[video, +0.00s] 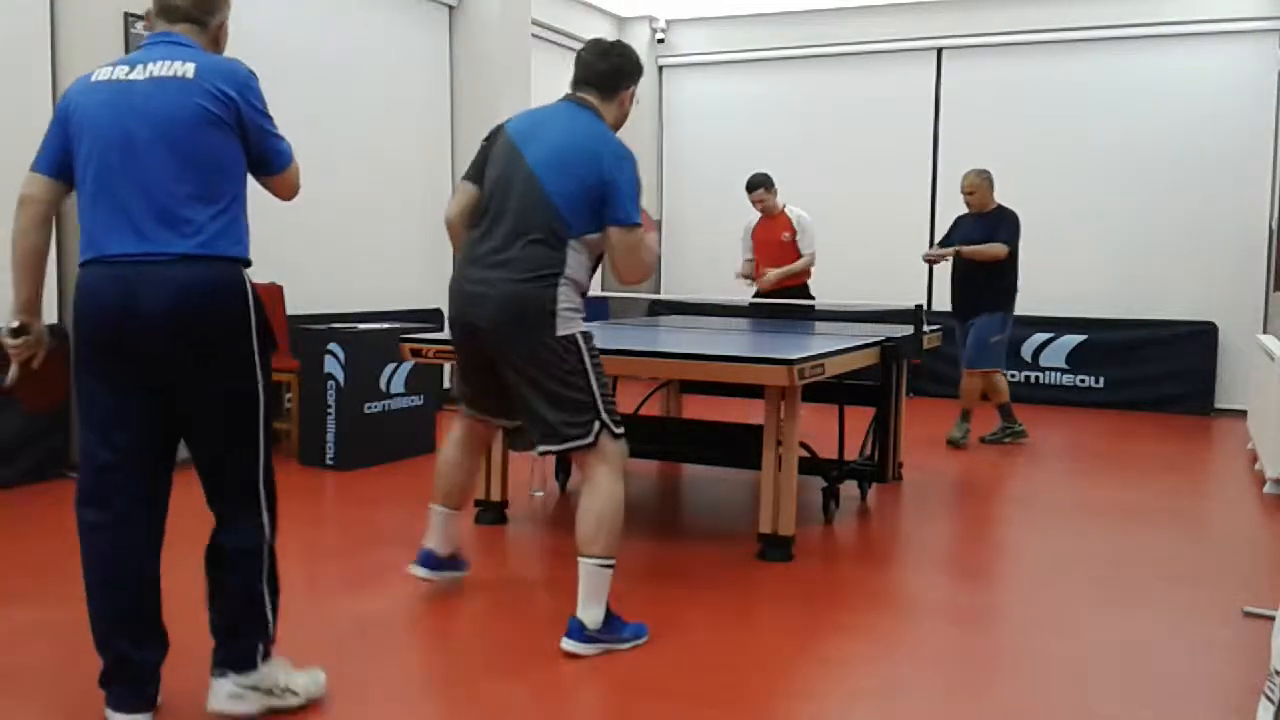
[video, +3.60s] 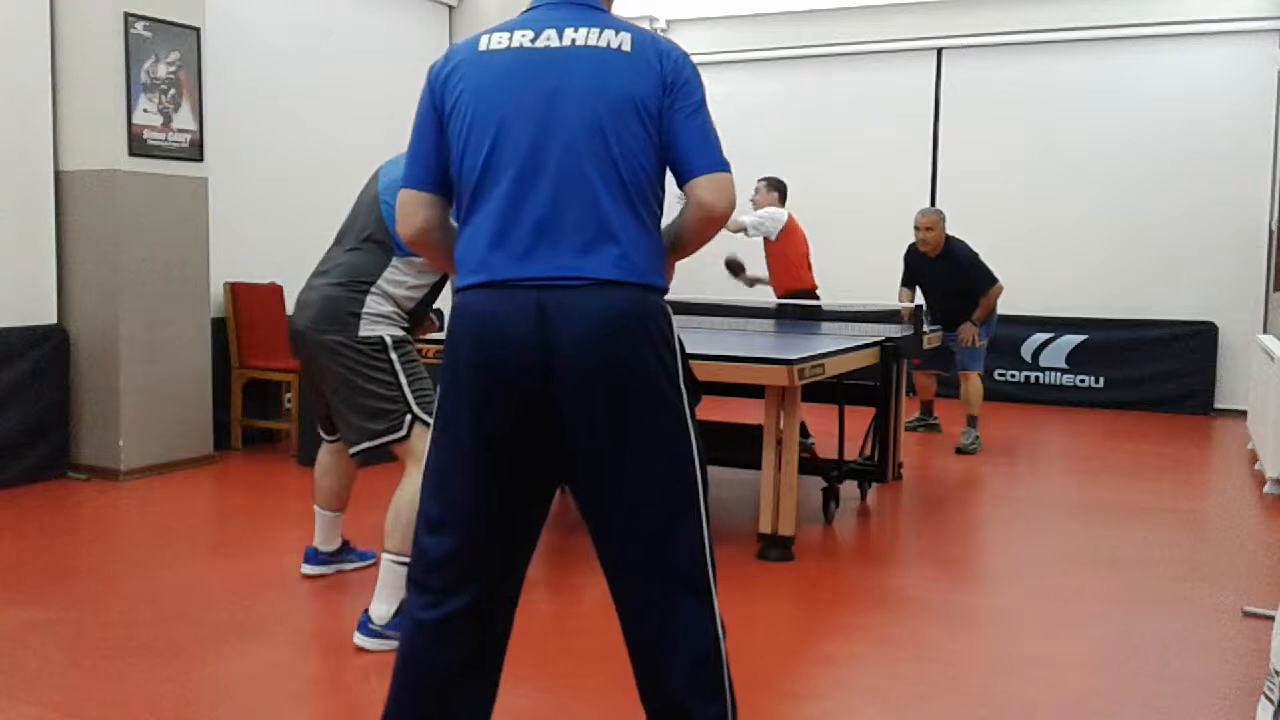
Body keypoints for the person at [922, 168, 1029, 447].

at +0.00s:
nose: (966, 199)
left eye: (971, 193)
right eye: (964, 194)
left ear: (989, 191)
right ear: (963, 193)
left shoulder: (1006, 219)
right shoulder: (962, 221)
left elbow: (1000, 251)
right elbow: (945, 246)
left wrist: (958, 251)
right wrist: (934, 255)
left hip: (994, 308)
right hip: (966, 307)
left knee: (971, 365)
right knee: (987, 367)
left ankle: (963, 424)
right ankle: (1011, 423)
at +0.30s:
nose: (952, 196)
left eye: (958, 190)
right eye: (949, 190)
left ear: (974, 191)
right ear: (946, 192)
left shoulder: (986, 220)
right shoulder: (946, 220)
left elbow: (986, 257)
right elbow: (931, 248)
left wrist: (946, 264)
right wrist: (917, 259)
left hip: (977, 308)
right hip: (949, 307)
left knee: (961, 367)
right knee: (957, 365)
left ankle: (959, 422)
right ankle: (977, 404)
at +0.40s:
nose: (944, 195)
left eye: (951, 189)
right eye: (940, 189)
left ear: (966, 190)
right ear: (936, 191)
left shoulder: (980, 220)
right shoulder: (938, 221)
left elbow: (987, 260)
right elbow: (927, 250)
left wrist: (948, 276)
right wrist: (907, 264)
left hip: (971, 308)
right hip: (941, 307)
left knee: (963, 368)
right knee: (939, 363)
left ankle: (959, 423)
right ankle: (948, 410)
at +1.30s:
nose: (932, 201)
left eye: (938, 196)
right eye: (927, 196)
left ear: (951, 197)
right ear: (921, 199)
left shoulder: (967, 228)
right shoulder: (918, 228)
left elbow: (986, 269)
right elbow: (907, 261)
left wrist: (972, 307)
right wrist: (909, 274)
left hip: (960, 313)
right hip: (926, 313)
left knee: (964, 372)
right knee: (913, 364)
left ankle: (971, 430)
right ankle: (909, 417)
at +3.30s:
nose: (925, 239)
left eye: (931, 233)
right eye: (920, 233)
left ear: (945, 233)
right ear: (915, 233)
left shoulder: (963, 254)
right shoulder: (914, 254)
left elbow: (999, 289)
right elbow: (908, 289)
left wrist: (977, 322)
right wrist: (908, 312)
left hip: (975, 320)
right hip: (940, 320)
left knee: (970, 371)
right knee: (924, 364)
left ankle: (971, 431)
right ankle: (926, 416)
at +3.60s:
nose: (922, 236)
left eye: (929, 230)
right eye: (918, 230)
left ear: (943, 231)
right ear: (914, 231)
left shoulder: (960, 253)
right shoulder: (913, 254)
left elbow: (994, 289)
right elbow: (907, 287)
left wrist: (974, 323)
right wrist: (907, 307)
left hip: (973, 320)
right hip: (938, 320)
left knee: (968, 370)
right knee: (920, 365)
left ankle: (971, 431)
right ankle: (926, 416)